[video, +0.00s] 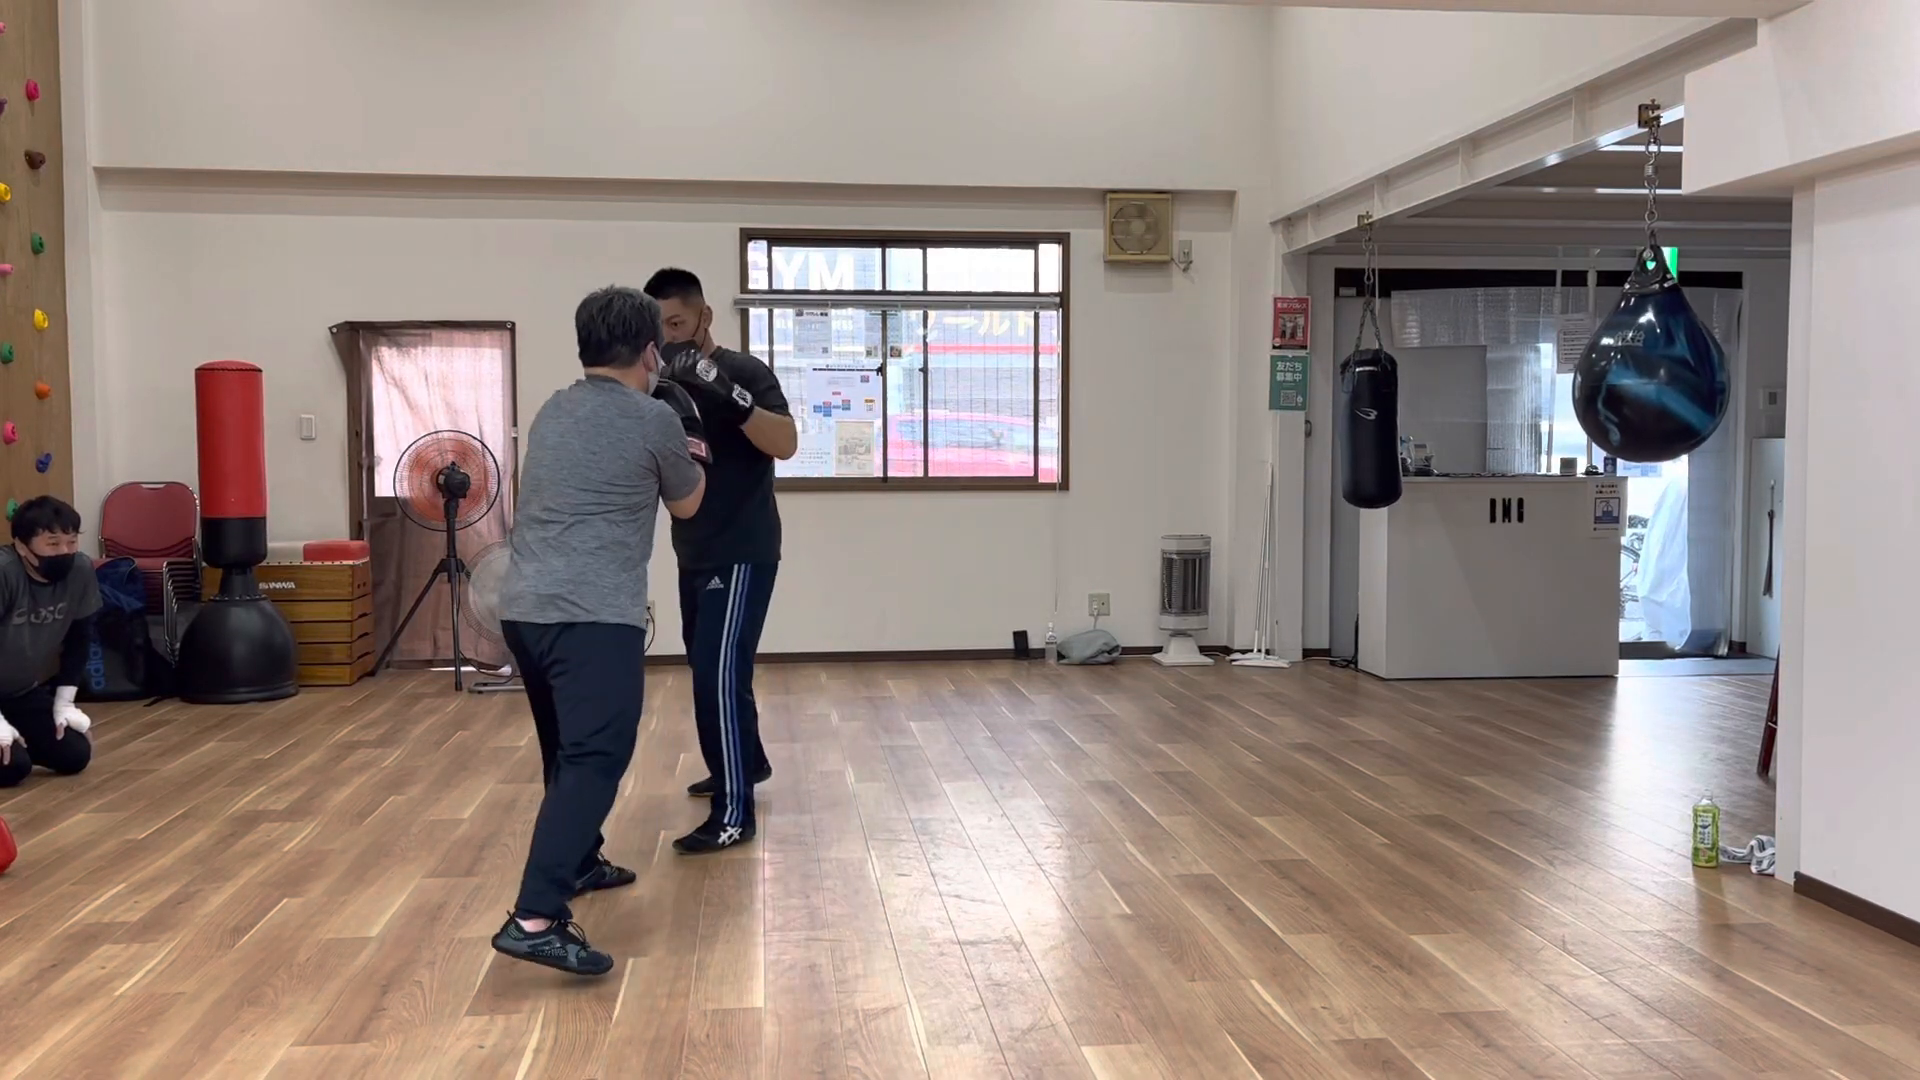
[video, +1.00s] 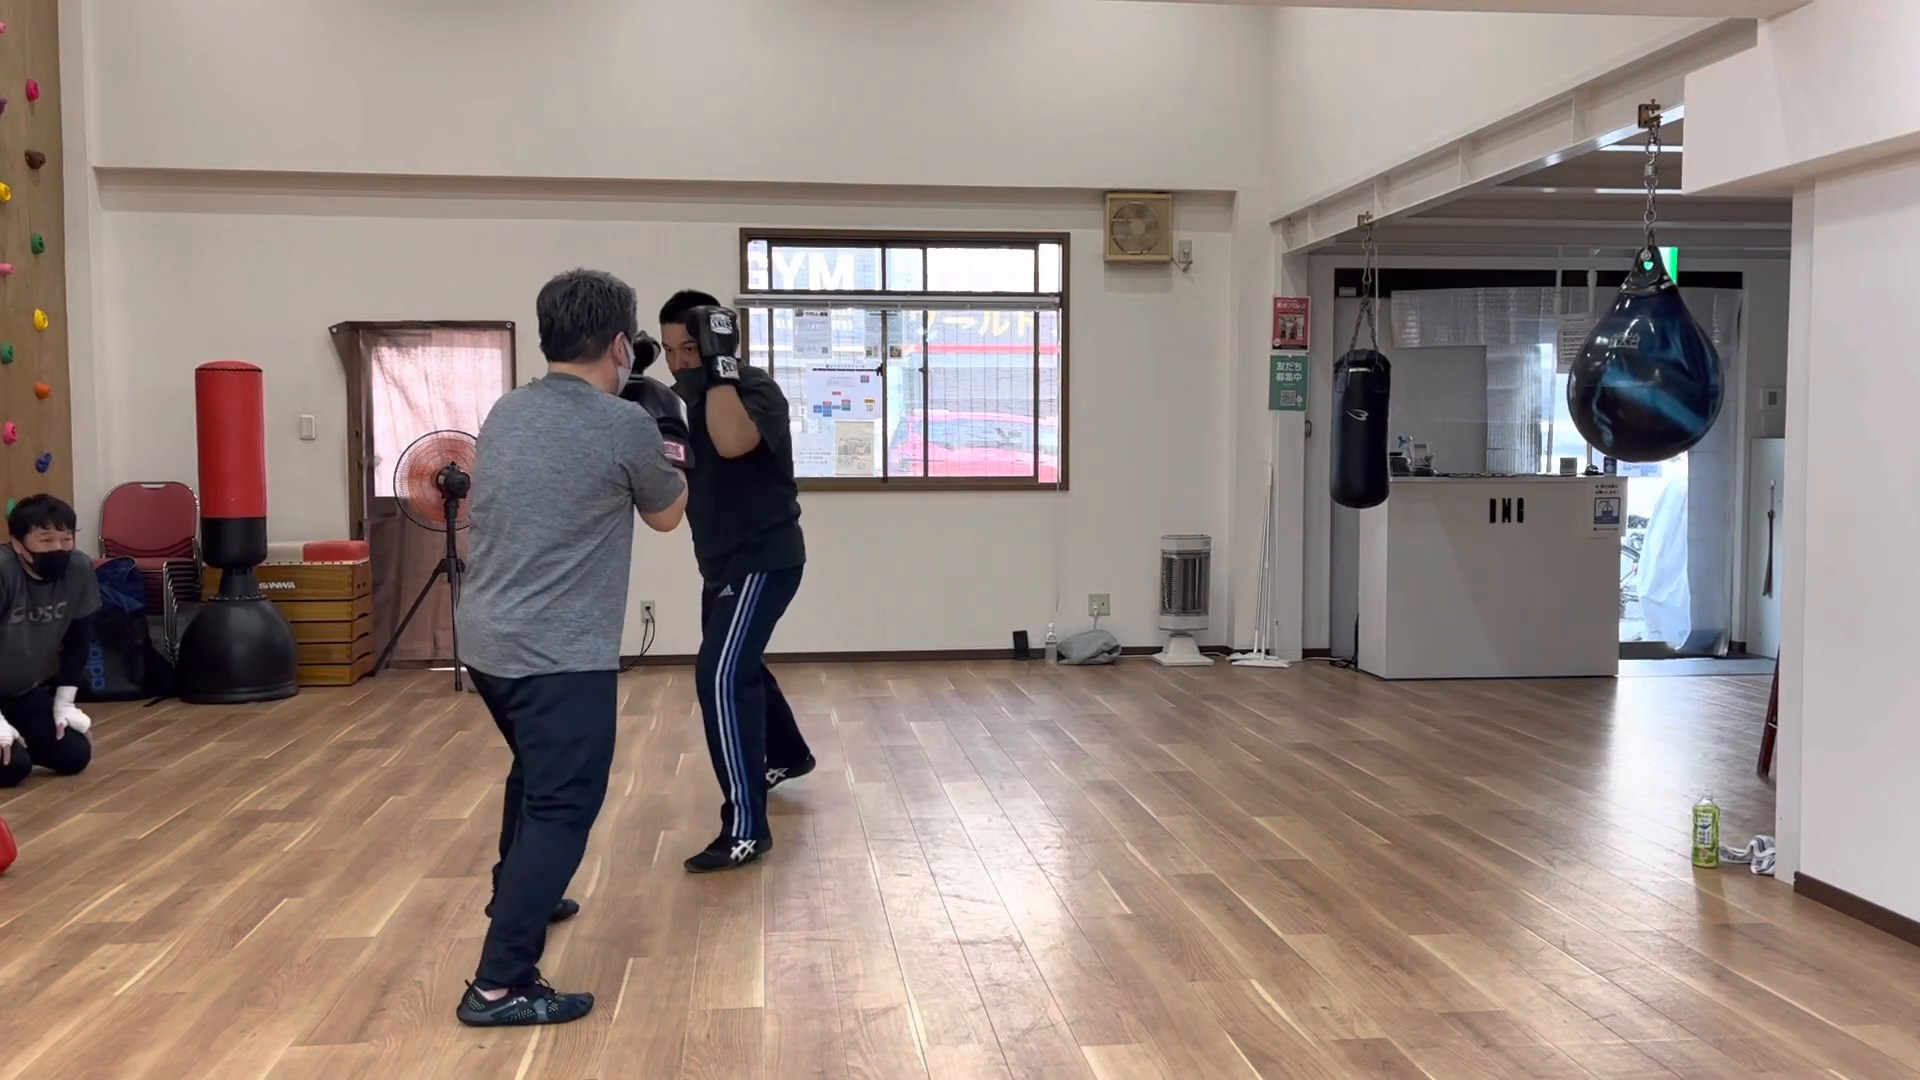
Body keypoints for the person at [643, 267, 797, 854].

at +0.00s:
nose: (671, 334)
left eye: (681, 322)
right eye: (662, 325)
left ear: (707, 316)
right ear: (654, 328)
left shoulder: (745, 371)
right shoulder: (660, 382)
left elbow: (785, 443)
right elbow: (644, 458)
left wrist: (724, 391)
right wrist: (657, 403)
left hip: (742, 547)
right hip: (695, 548)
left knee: (722, 673)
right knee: (708, 666)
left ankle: (734, 817)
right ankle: (743, 763)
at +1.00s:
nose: (675, 359)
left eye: (683, 347)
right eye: (668, 349)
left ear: (714, 341)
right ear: (668, 351)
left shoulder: (757, 390)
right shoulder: (690, 398)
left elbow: (732, 441)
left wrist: (715, 367)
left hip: (763, 560)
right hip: (723, 561)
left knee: (721, 680)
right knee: (735, 663)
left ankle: (744, 831)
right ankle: (787, 752)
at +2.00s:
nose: (615, 464)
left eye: (612, 453)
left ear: (628, 441)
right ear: (636, 441)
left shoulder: (678, 443)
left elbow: (678, 464)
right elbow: (712, 574)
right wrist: (639, 549)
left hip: (778, 594)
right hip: (809, 591)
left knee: (698, 706)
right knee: (784, 690)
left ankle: (735, 865)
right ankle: (793, 784)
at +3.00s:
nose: (650, 351)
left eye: (662, 338)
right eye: (642, 340)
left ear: (696, 333)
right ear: (638, 340)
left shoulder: (738, 393)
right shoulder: (653, 401)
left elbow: (759, 472)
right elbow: (619, 471)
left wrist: (691, 427)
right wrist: (593, 415)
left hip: (733, 559)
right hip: (685, 565)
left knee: (686, 681)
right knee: (723, 676)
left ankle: (670, 836)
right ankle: (785, 769)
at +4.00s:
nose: (636, 350)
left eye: (646, 337)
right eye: (630, 339)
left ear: (685, 332)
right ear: (630, 339)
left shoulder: (722, 390)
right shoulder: (664, 394)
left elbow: (708, 479)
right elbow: (618, 466)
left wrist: (640, 422)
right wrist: (591, 404)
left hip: (713, 570)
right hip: (683, 569)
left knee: (644, 683)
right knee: (686, 690)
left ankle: (652, 847)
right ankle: (747, 802)